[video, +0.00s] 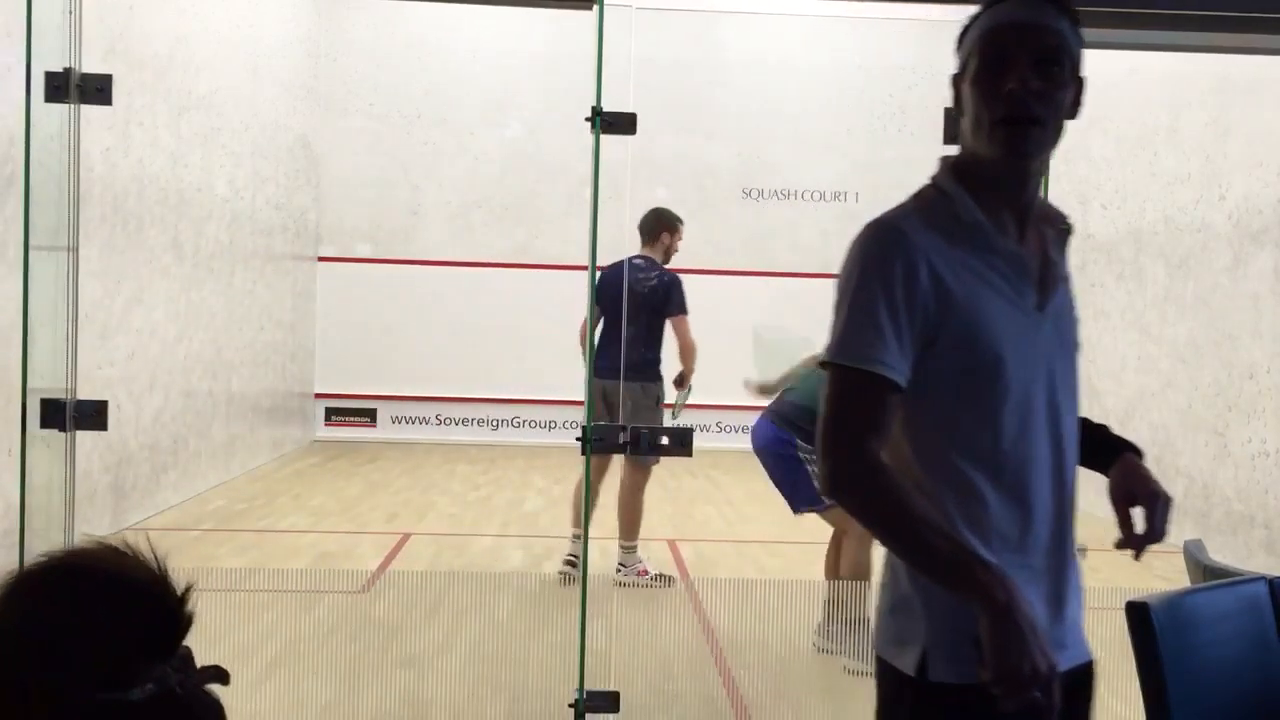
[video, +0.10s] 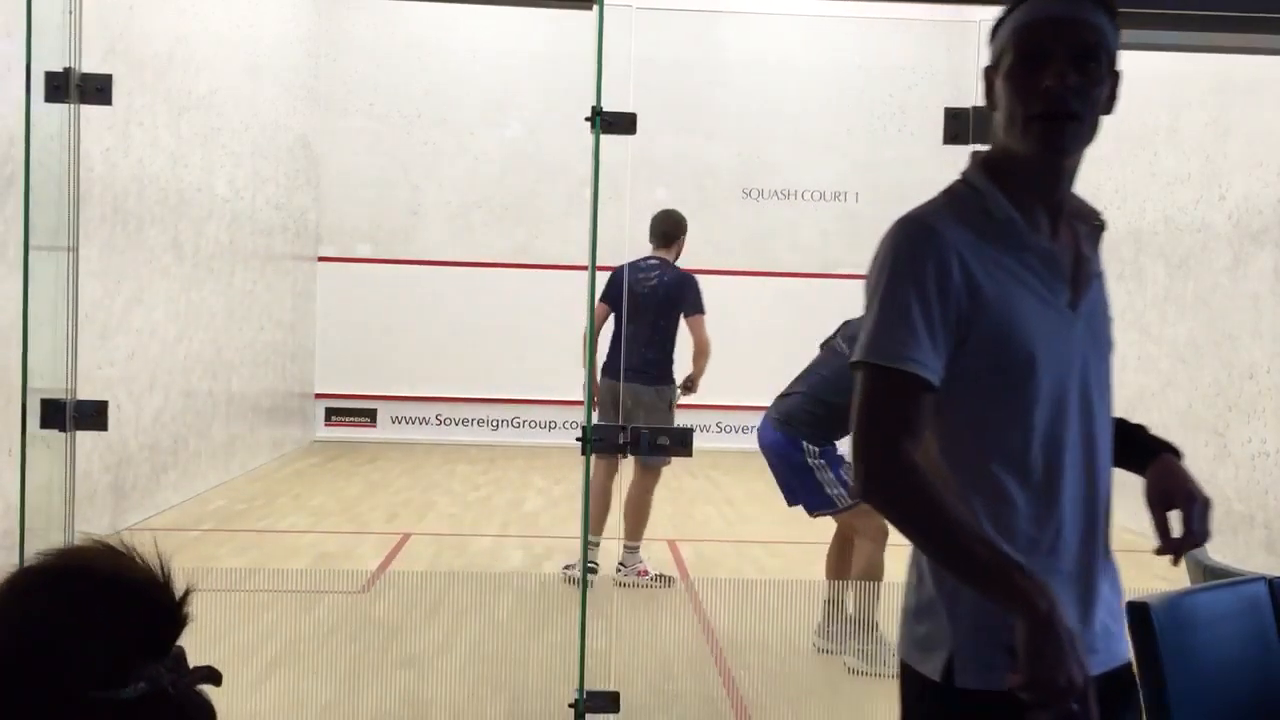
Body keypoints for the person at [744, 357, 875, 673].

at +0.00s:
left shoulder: (838, 357)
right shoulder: (864, 373)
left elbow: (807, 365)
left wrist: (771, 386)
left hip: (772, 431)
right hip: (788, 438)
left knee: (846, 525)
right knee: (859, 525)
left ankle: (834, 625)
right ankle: (855, 637)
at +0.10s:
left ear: (884, 303)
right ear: (910, 321)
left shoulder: (859, 326)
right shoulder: (884, 344)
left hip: (782, 430)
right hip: (802, 438)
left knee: (851, 525)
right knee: (872, 530)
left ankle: (833, 623)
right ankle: (863, 641)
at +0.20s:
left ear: (902, 297)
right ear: (929, 320)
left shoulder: (862, 309)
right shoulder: (908, 351)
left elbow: (823, 346)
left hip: (784, 421)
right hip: (815, 434)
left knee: (843, 522)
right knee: (877, 530)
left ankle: (832, 623)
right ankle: (866, 641)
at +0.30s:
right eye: (942, 285)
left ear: (901, 275)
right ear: (936, 285)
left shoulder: (854, 291)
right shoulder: (922, 327)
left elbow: (804, 343)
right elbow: (926, 390)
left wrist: (798, 392)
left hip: (787, 414)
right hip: (831, 425)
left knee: (827, 513)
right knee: (877, 530)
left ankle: (828, 622)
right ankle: (868, 642)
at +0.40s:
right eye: (919, 267)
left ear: (880, 258)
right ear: (918, 271)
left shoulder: (834, 284)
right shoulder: (915, 327)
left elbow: (789, 342)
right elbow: (895, 355)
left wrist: (780, 400)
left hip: (789, 413)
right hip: (838, 424)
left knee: (811, 506)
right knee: (873, 529)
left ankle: (804, 618)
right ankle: (869, 641)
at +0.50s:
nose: (892, 265)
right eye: (894, 259)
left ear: (854, 256)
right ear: (894, 264)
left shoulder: (817, 288)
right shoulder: (901, 320)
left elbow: (776, 346)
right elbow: (883, 364)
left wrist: (763, 403)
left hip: (792, 415)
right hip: (844, 427)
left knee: (788, 503)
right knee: (874, 532)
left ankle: (763, 613)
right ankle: (874, 641)